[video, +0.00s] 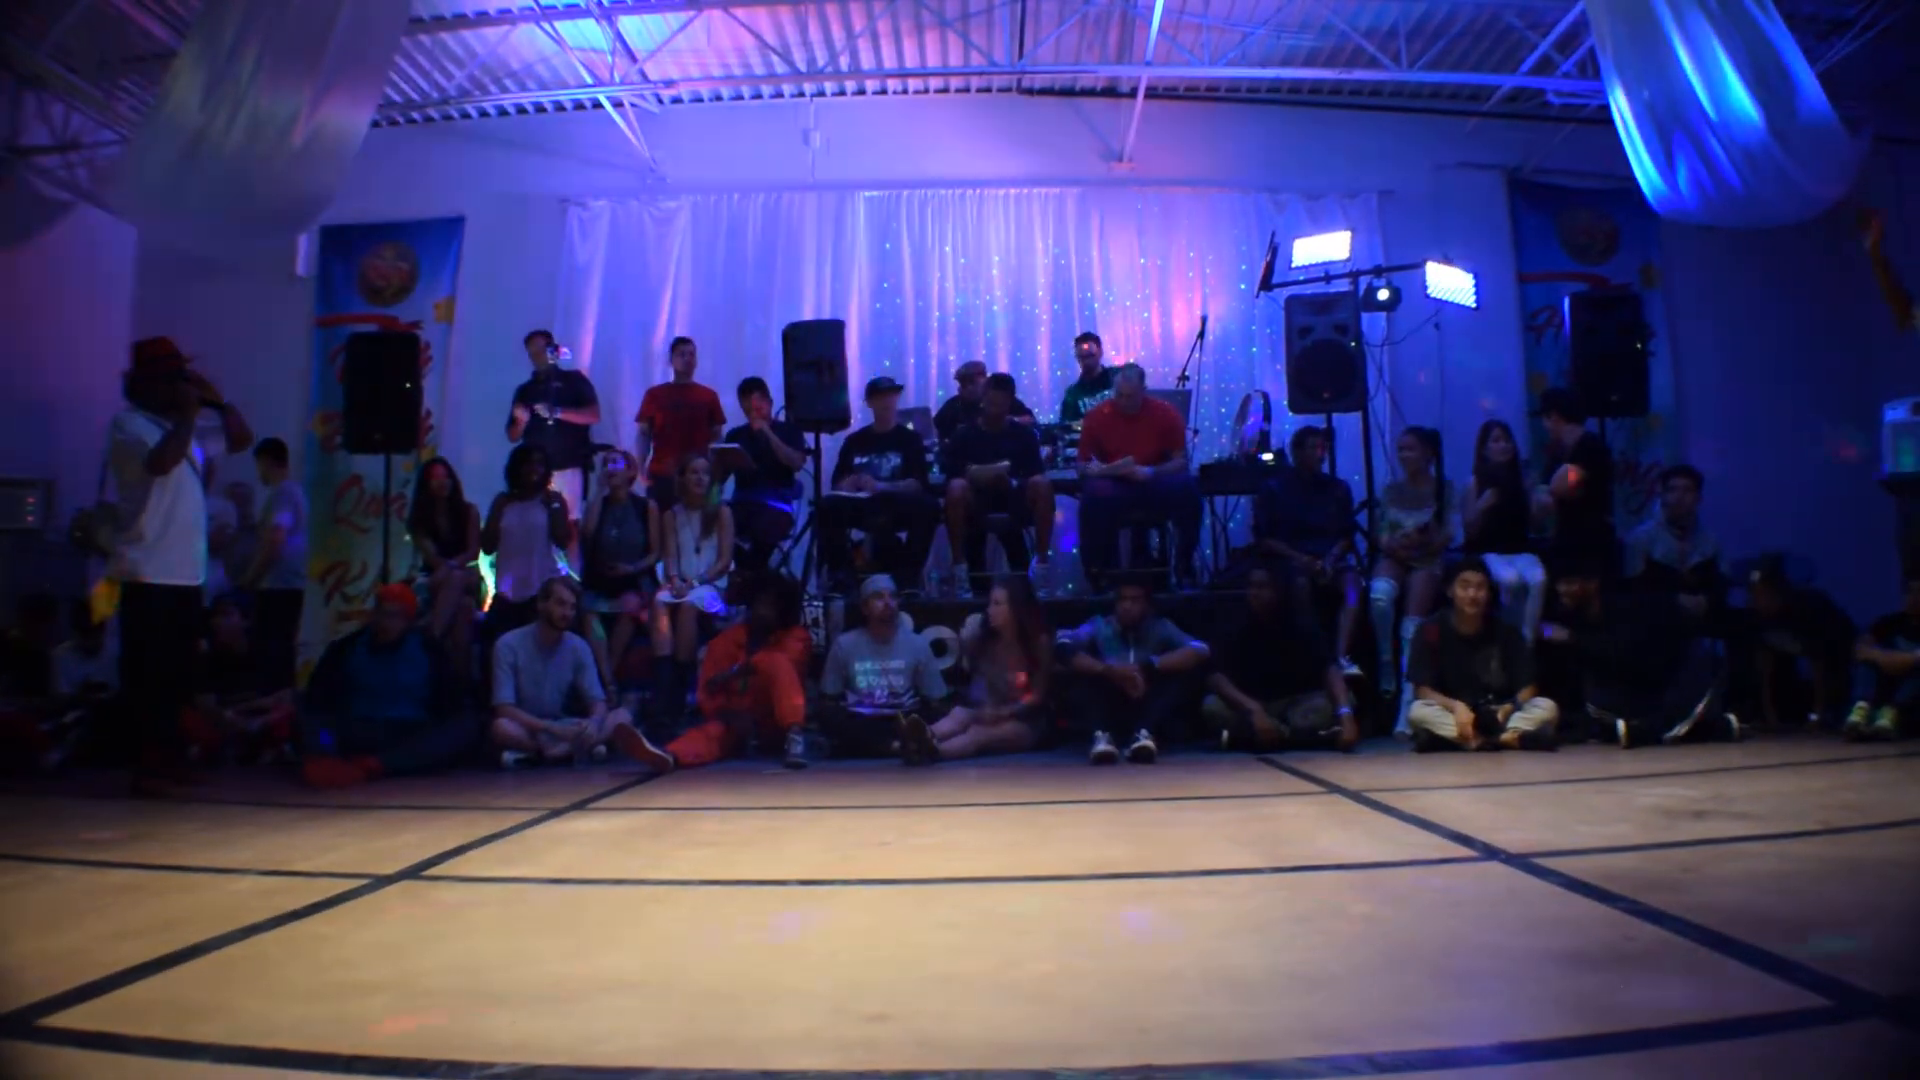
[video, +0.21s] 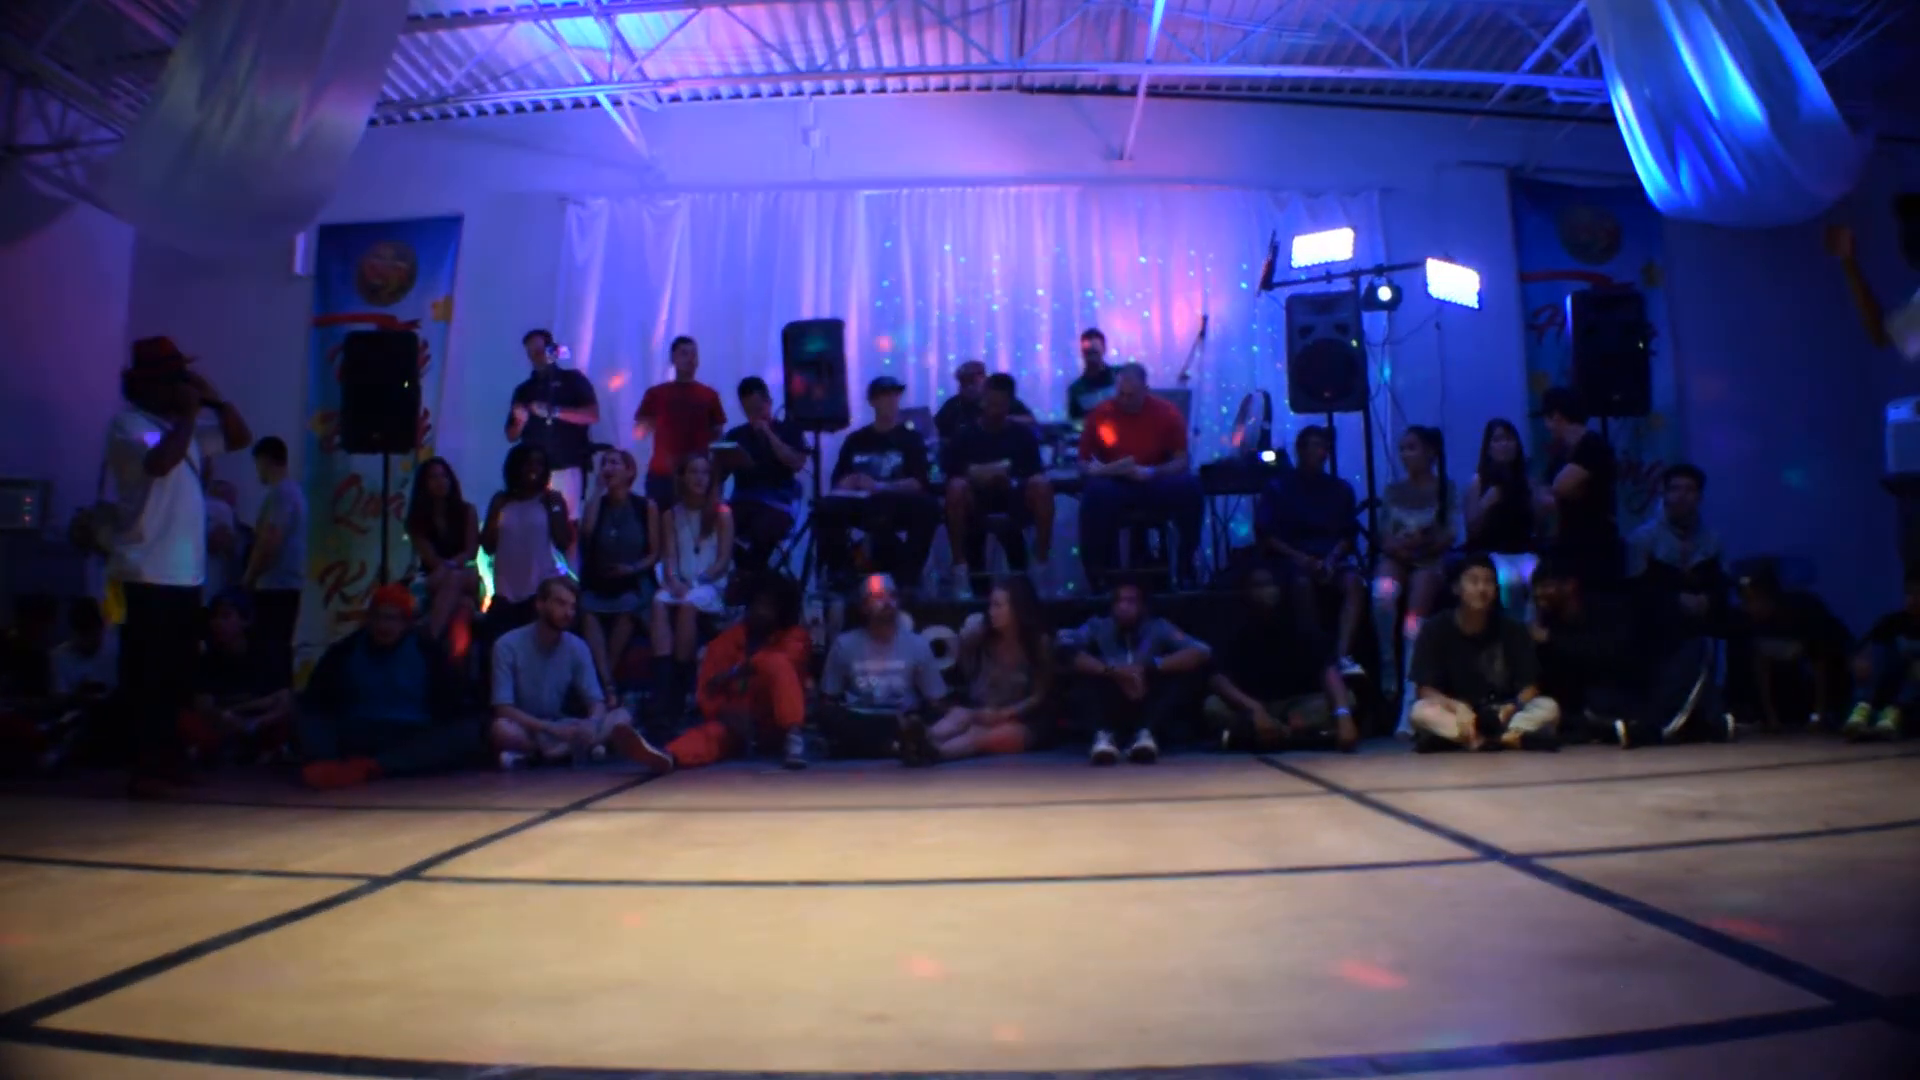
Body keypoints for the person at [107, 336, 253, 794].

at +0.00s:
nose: (179, 388)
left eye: (180, 380)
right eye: (169, 380)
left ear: (180, 384)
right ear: (146, 385)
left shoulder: (180, 432)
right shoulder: (129, 426)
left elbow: (240, 440)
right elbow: (159, 462)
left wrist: (216, 400)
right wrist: (188, 413)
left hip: (185, 579)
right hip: (149, 578)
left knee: (179, 678)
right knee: (149, 679)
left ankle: (174, 762)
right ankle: (147, 768)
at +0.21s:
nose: (179, 389)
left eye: (180, 381)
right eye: (171, 382)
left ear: (177, 385)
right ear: (148, 386)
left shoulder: (180, 430)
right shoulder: (128, 426)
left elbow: (239, 438)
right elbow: (159, 462)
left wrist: (214, 398)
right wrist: (188, 412)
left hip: (184, 579)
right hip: (148, 579)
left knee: (177, 680)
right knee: (148, 680)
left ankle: (170, 765)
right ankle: (145, 770)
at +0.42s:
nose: (185, 390)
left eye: (186, 382)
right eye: (177, 382)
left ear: (178, 388)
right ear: (155, 386)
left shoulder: (184, 434)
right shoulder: (133, 426)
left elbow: (242, 441)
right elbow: (166, 461)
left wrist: (218, 399)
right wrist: (193, 411)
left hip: (187, 579)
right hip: (152, 578)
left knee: (181, 678)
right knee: (151, 680)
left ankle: (172, 762)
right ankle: (147, 769)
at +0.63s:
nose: (187, 389)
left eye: (188, 382)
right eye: (179, 382)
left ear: (179, 387)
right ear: (156, 386)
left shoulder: (181, 432)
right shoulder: (138, 427)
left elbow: (240, 444)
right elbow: (169, 463)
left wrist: (226, 405)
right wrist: (197, 411)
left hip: (186, 579)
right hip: (154, 579)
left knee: (180, 678)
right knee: (152, 679)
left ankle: (171, 762)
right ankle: (147, 768)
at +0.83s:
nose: (187, 390)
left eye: (188, 382)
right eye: (178, 382)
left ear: (183, 386)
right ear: (153, 386)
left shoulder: (180, 430)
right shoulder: (135, 426)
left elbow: (238, 455)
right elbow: (170, 464)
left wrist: (229, 410)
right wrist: (197, 414)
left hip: (187, 578)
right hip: (154, 578)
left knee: (181, 679)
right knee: (153, 679)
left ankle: (173, 761)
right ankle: (149, 768)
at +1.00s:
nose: (189, 391)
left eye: (189, 383)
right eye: (179, 383)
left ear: (184, 386)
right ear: (154, 387)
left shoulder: (187, 433)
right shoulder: (132, 426)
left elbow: (236, 456)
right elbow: (160, 464)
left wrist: (248, 428)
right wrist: (189, 418)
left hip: (188, 577)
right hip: (151, 575)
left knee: (181, 677)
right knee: (151, 677)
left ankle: (172, 761)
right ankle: (146, 767)